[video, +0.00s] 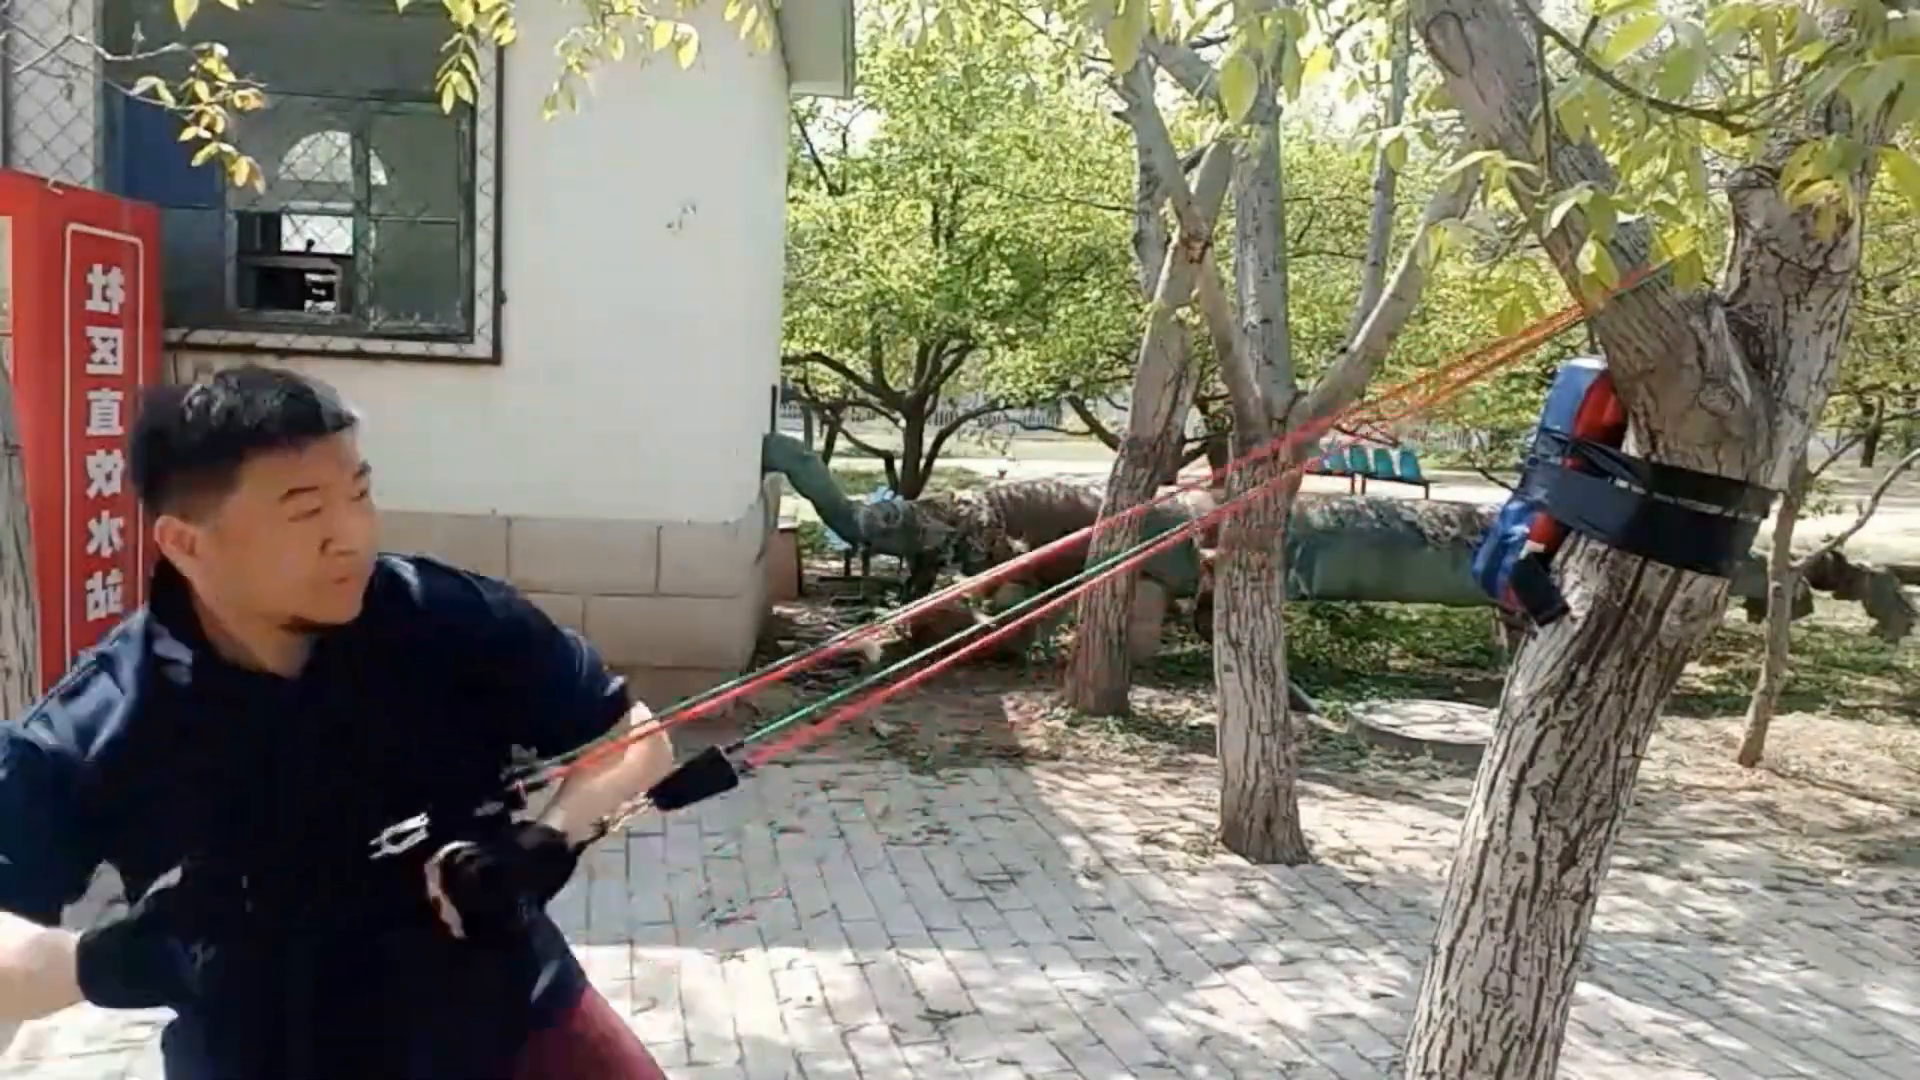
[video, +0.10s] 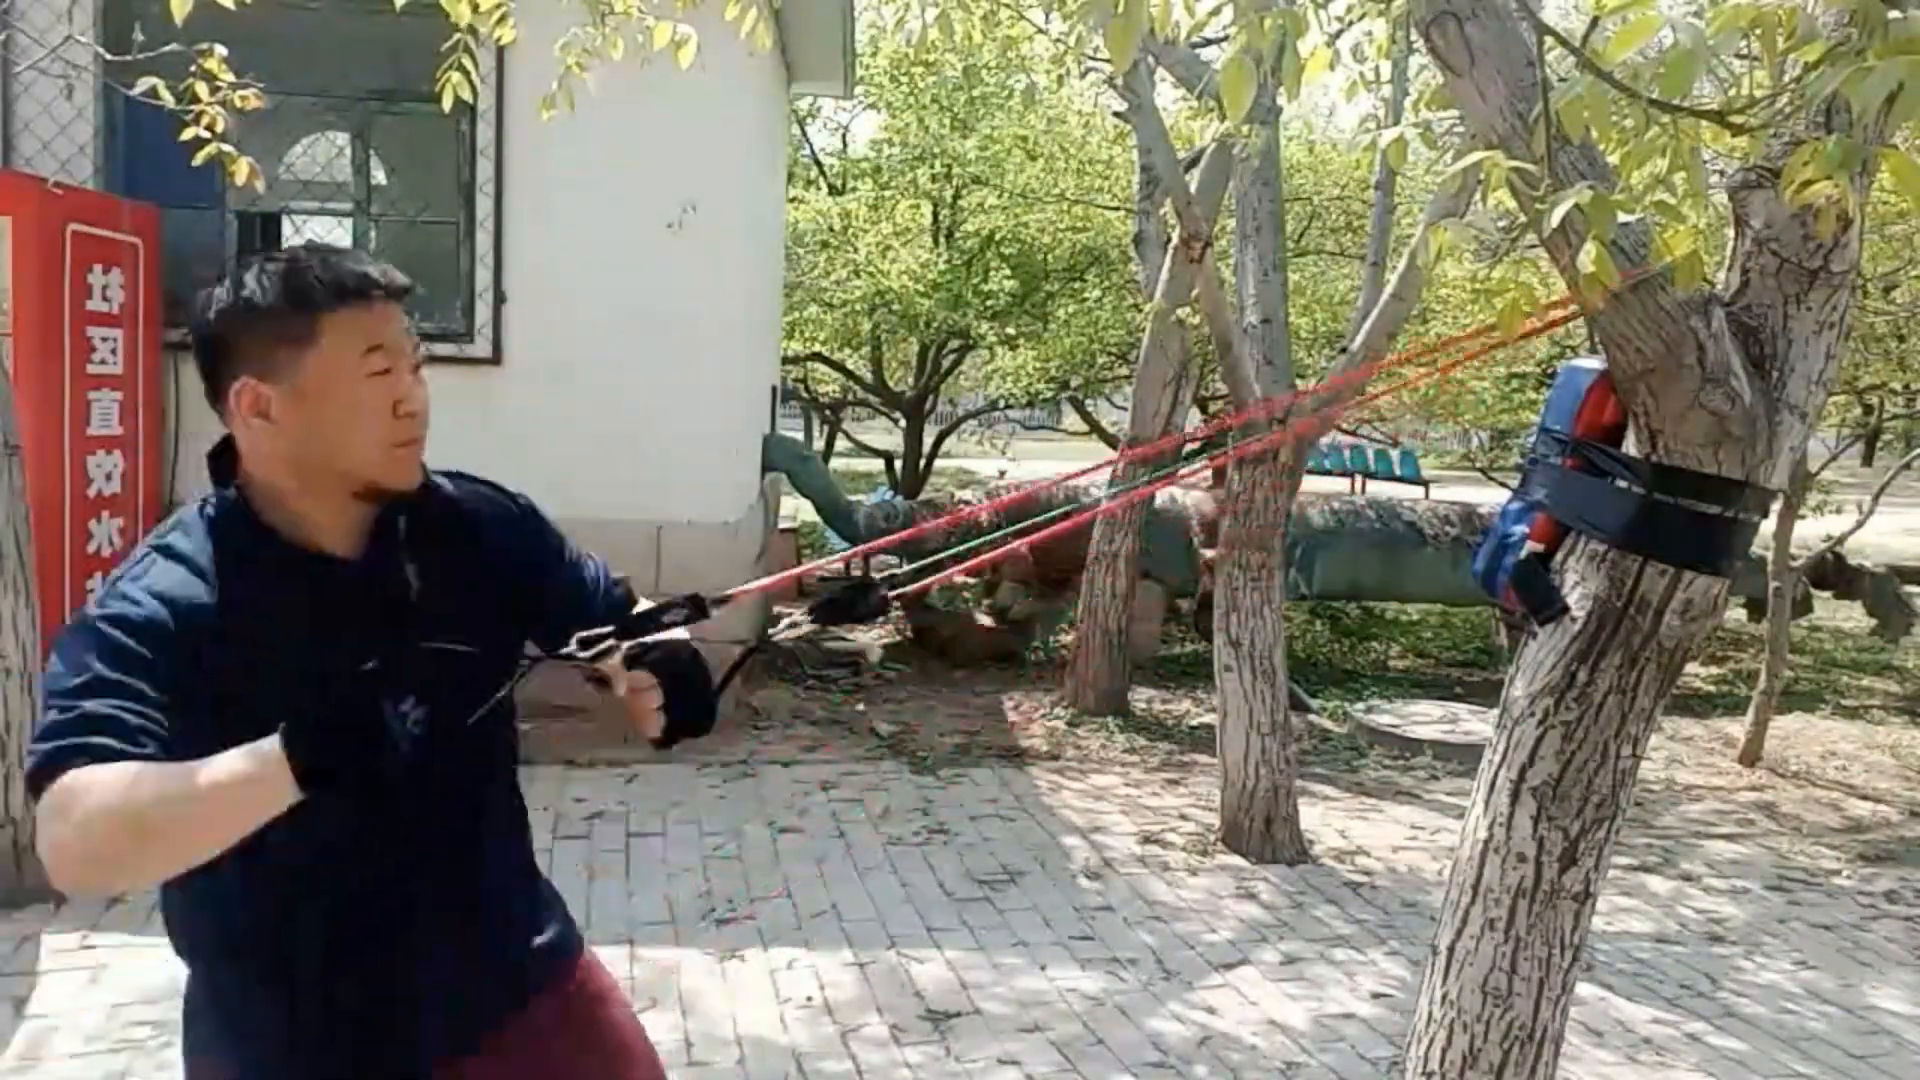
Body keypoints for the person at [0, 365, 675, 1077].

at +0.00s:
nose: (351, 533)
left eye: (359, 492)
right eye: (302, 509)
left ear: (373, 483)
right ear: (186, 543)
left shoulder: (450, 622)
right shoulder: (91, 737)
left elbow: (635, 738)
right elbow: (8, 956)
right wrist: (102, 963)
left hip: (515, 1029)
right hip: (271, 1060)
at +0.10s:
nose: (415, 393)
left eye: (412, 362)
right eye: (377, 368)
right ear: (259, 409)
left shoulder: (479, 534)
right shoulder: (162, 604)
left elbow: (630, 632)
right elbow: (77, 845)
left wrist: (674, 686)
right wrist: (301, 755)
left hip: (524, 1006)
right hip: (295, 1051)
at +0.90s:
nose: (633, 506)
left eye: (633, 478)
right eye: (633, 474)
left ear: (492, 460)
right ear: (613, 459)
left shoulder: (405, 564)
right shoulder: (585, 566)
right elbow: (735, 657)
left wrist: (780, 604)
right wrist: (792, 499)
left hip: (350, 1028)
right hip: (546, 1035)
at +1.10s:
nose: (521, 589)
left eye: (520, 571)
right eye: (520, 569)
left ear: (371, 570)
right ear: (505, 562)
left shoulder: (261, 706)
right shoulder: (580, 666)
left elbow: (245, 887)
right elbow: (695, 845)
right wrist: (589, 831)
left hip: (308, 1060)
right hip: (536, 1057)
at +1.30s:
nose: (462, 731)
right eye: (460, 715)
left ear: (304, 723)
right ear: (437, 705)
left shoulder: (223, 817)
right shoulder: (530, 814)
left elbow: (103, 1037)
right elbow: (566, 1029)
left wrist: (233, 1038)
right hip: (507, 1068)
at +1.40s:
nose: (464, 742)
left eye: (464, 726)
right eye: (463, 724)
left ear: (311, 730)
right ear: (438, 716)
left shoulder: (222, 837)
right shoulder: (532, 827)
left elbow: (100, 1056)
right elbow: (571, 1043)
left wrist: (227, 1045)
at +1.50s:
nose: (484, 739)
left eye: (483, 721)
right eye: (483, 719)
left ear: (339, 715)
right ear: (455, 709)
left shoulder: (228, 828)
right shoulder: (541, 822)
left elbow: (102, 1051)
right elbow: (584, 1041)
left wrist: (249, 1042)